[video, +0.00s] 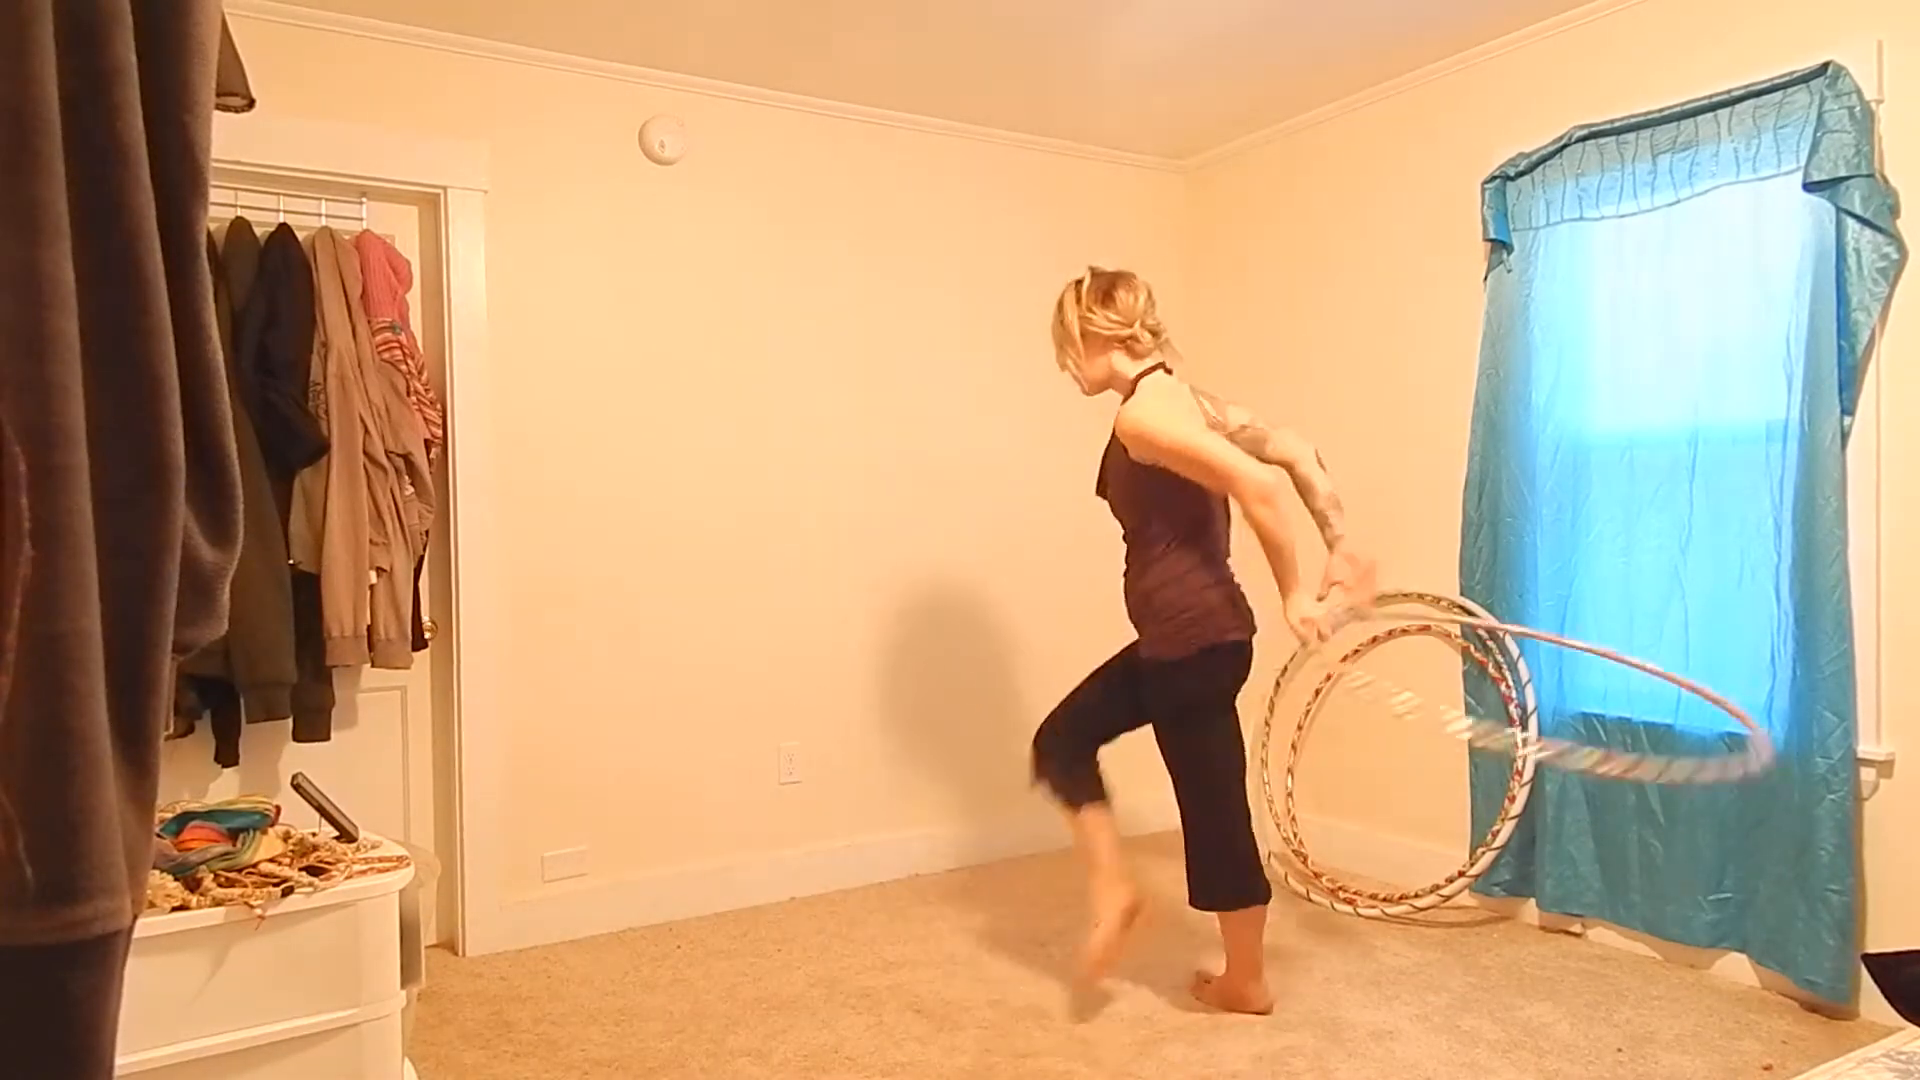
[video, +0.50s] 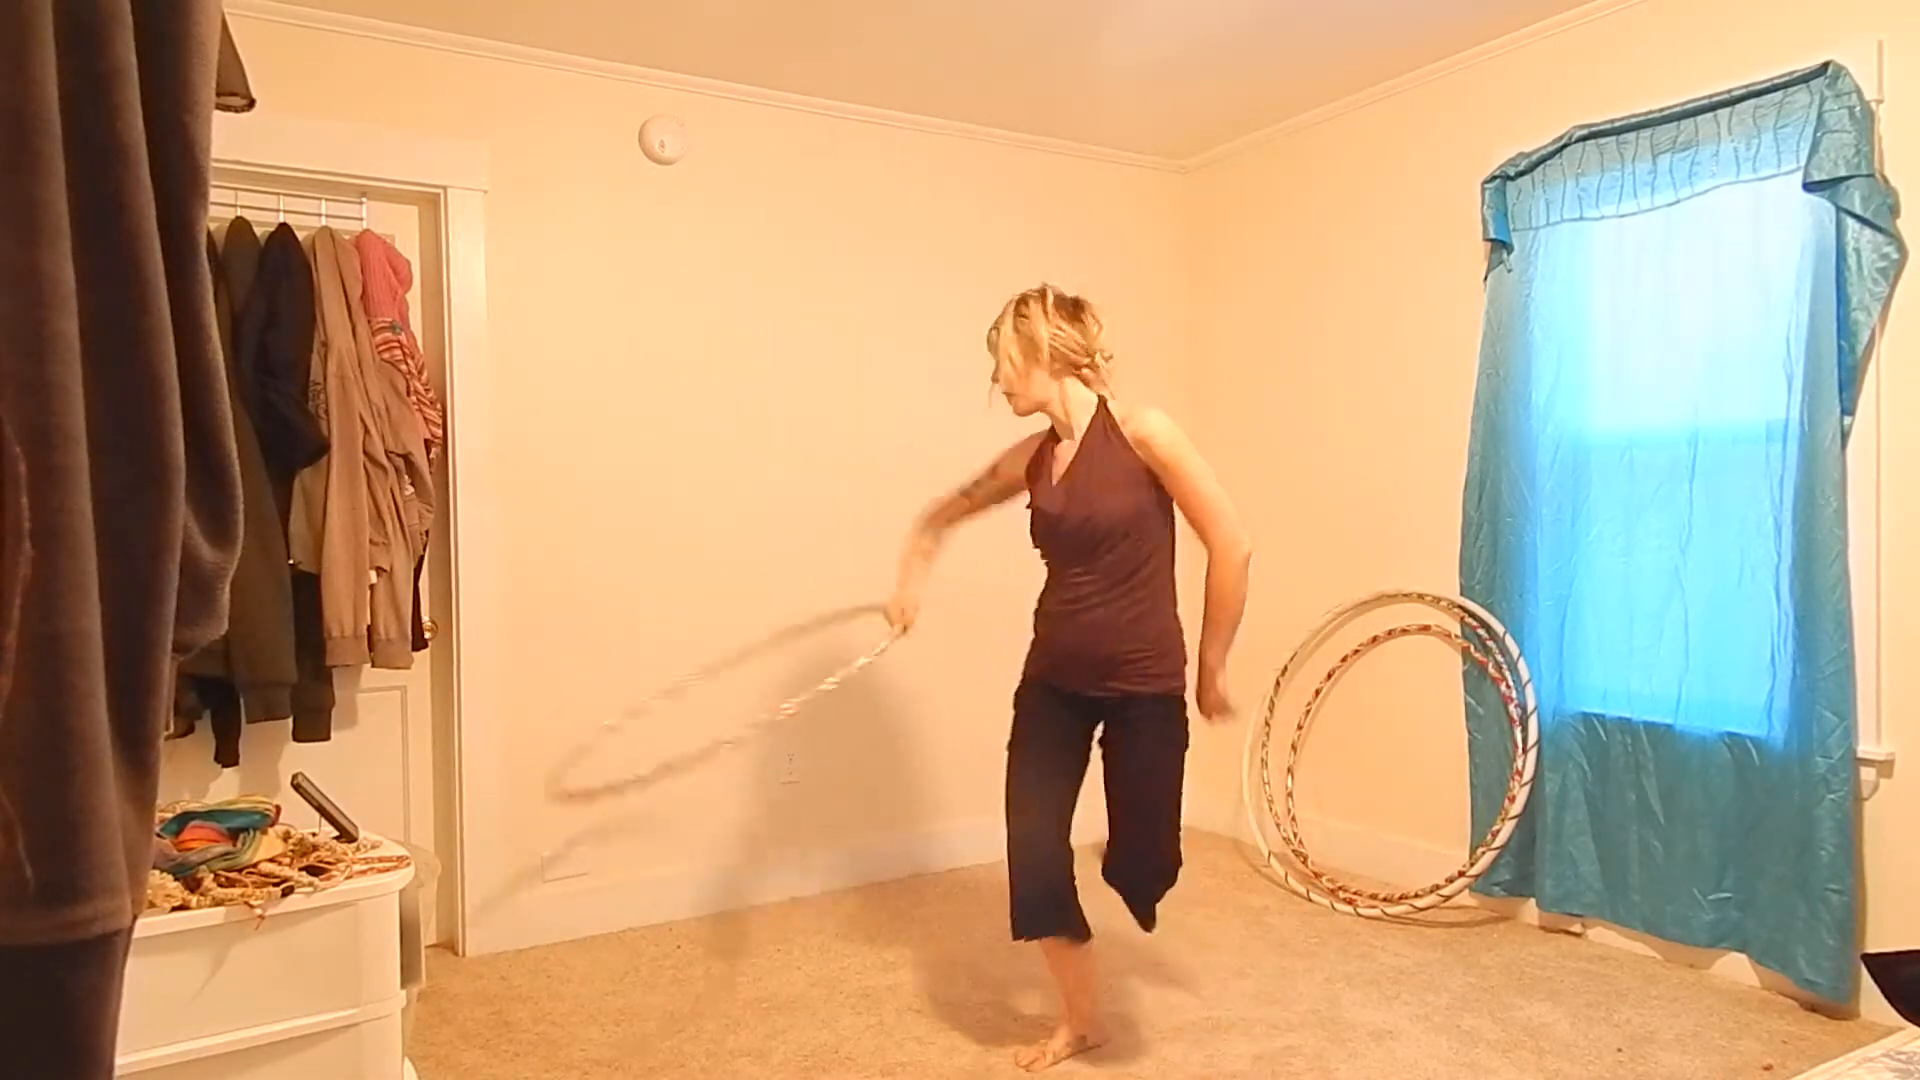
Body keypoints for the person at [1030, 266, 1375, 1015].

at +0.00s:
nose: (1067, 367)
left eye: (1069, 349)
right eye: (1064, 350)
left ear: (1101, 340)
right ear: (1131, 332)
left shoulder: (1143, 410)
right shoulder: (1180, 395)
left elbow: (1258, 489)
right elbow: (1294, 456)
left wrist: (1295, 594)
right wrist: (1342, 542)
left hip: (1189, 646)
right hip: (1200, 639)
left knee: (1215, 812)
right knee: (1063, 739)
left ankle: (1245, 981)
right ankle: (1110, 889)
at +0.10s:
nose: (1050, 375)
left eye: (1051, 357)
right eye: (1047, 359)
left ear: (1084, 346)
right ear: (1100, 344)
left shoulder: (1146, 405)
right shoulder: (1136, 407)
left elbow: (1267, 472)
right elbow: (1261, 471)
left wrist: (1267, 576)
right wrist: (1265, 579)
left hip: (1192, 650)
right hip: (1153, 646)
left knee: (1205, 811)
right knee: (1071, 778)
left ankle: (1249, 972)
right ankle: (1066, 955)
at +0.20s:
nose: (1029, 375)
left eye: (1031, 358)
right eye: (1027, 360)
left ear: (1065, 346)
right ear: (1074, 343)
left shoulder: (1142, 405)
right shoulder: (1107, 416)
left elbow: (1257, 480)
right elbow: (1166, 501)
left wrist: (1220, 561)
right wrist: (1167, 568)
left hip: (1189, 657)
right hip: (1126, 652)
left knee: (1191, 816)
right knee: (1080, 806)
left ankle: (1247, 963)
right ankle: (1071, 984)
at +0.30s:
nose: (1012, 376)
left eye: (1014, 359)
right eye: (1011, 360)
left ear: (1049, 348)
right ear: (1058, 348)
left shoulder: (1136, 406)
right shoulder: (1079, 430)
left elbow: (1242, 492)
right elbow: (1116, 546)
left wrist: (1201, 576)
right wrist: (1079, 621)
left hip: (1175, 665)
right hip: (1102, 661)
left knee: (1166, 836)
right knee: (1074, 830)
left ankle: (1234, 944)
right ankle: (1083, 1007)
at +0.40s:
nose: (1001, 383)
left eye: (1004, 365)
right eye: (999, 367)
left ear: (1041, 354)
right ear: (1052, 356)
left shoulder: (1136, 413)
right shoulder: (1052, 451)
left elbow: (1237, 513)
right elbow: (1028, 543)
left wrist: (1201, 615)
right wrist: (972, 617)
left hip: (1161, 671)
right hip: (1074, 670)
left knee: (1143, 858)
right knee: (1050, 846)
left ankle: (1193, 921)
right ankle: (1081, 1015)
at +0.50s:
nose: (999, 380)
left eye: (1007, 363)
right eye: (999, 364)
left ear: (1051, 357)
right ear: (1038, 361)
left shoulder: (1141, 431)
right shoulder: (1033, 456)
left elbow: (1229, 546)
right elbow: (939, 518)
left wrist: (1211, 668)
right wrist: (907, 593)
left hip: (1146, 683)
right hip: (1054, 681)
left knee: (1141, 873)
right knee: (1034, 857)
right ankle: (1079, 1025)